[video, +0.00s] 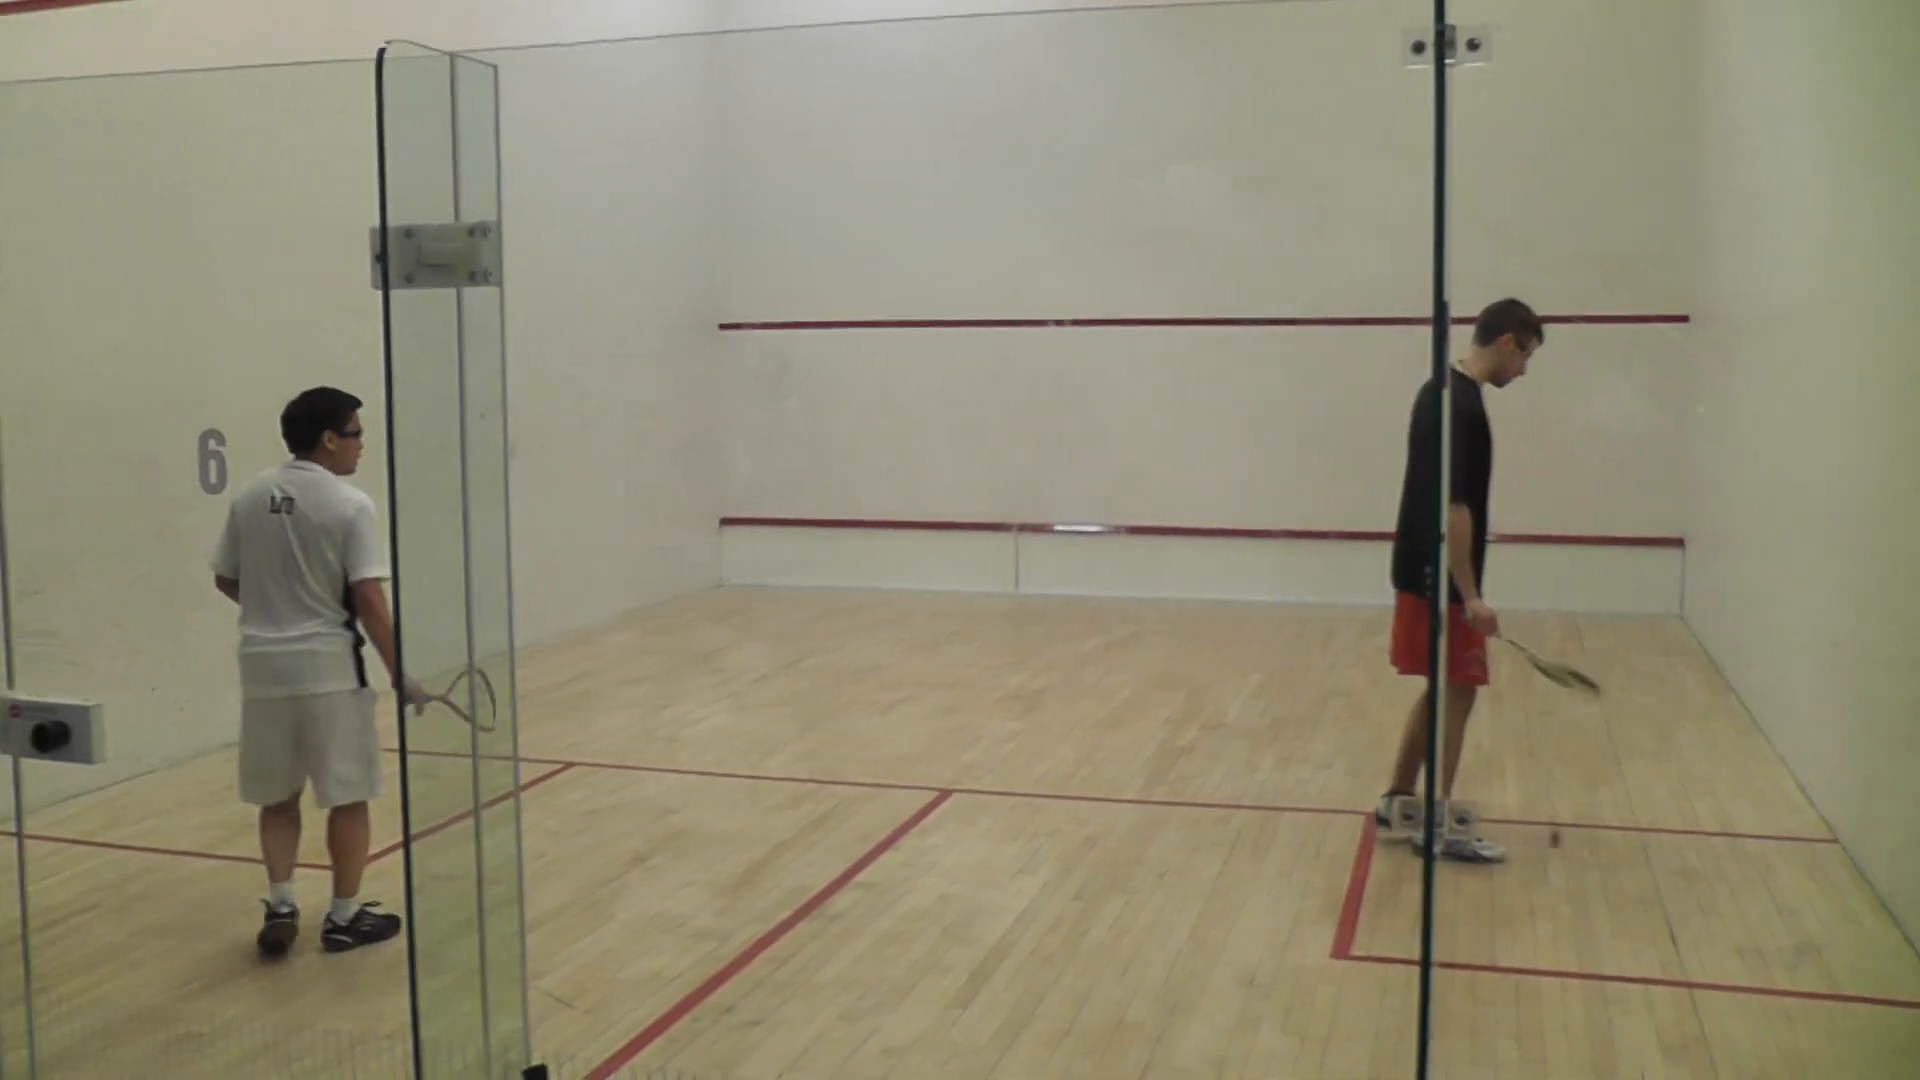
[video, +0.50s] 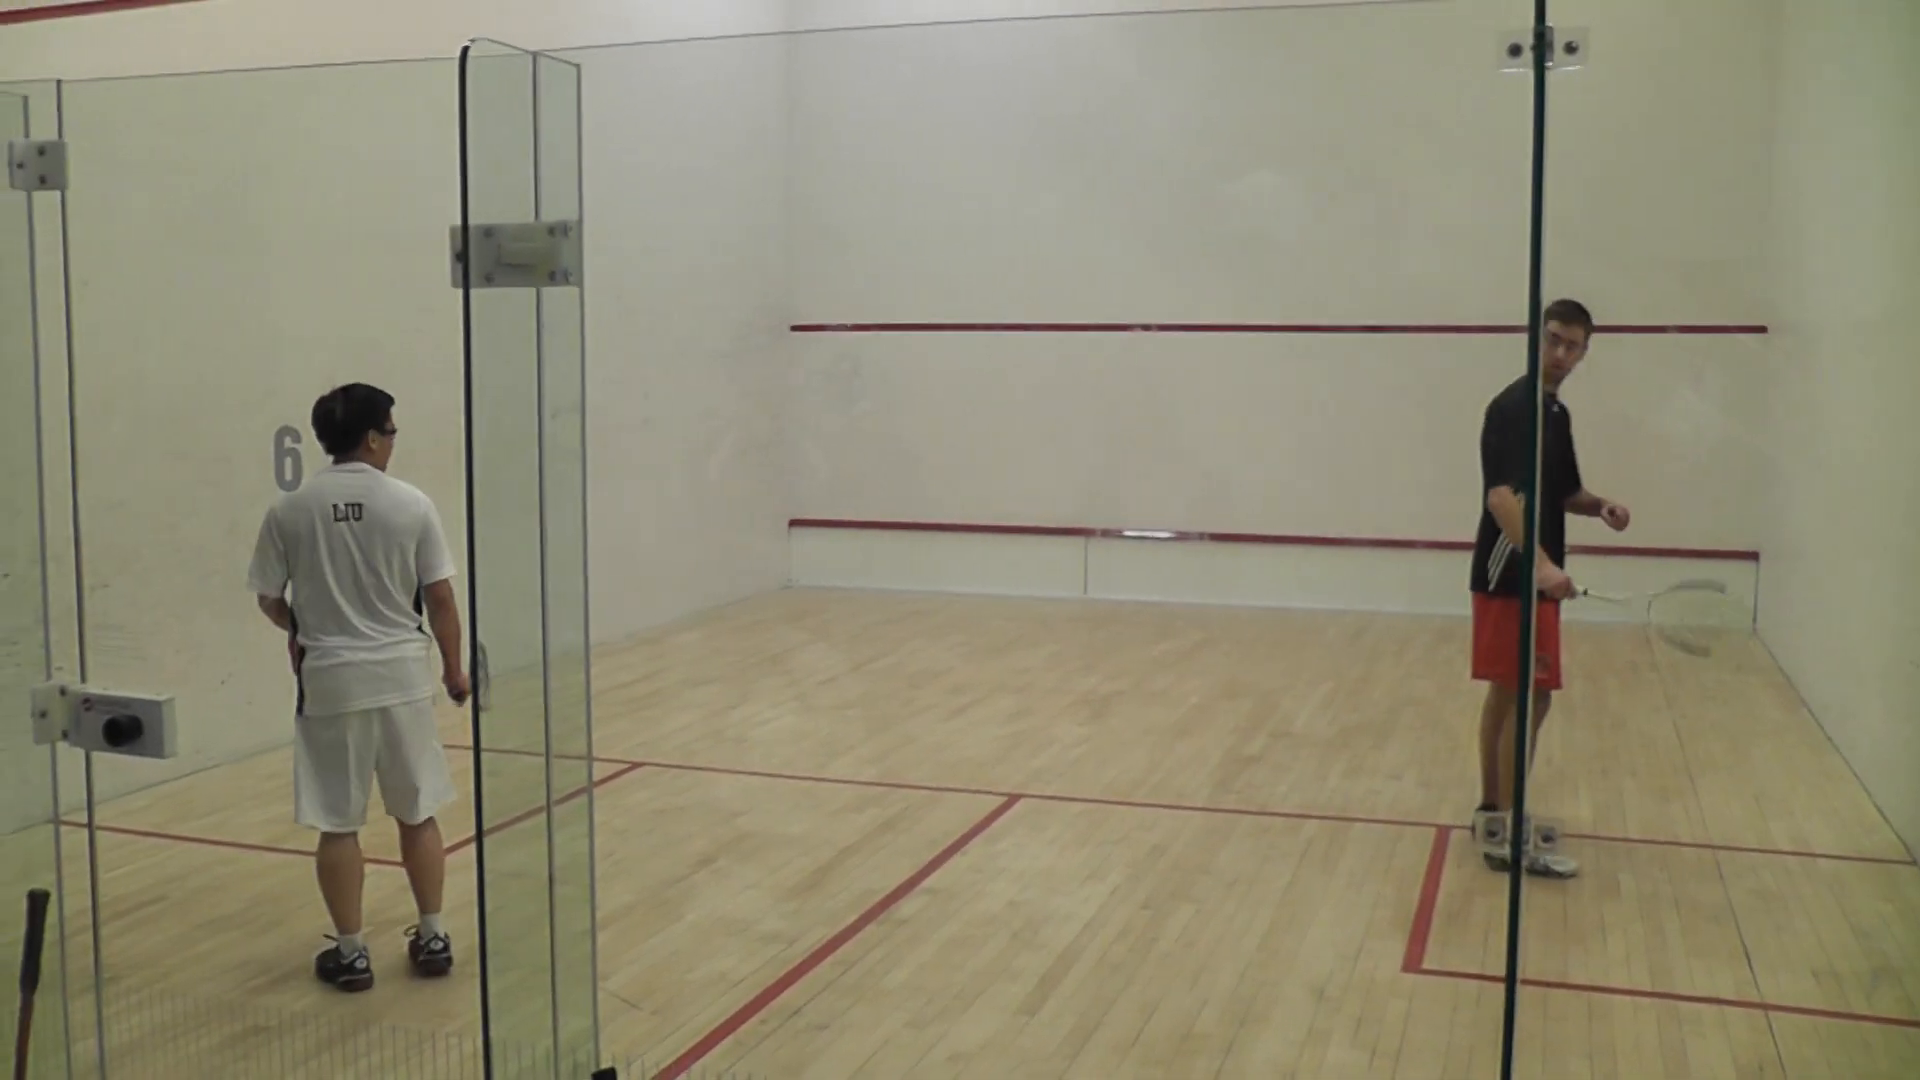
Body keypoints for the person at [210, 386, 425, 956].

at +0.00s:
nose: (361, 444)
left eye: (360, 433)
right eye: (355, 434)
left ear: (300, 440)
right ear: (325, 440)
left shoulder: (249, 495)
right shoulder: (350, 504)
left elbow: (226, 578)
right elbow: (366, 599)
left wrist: (278, 606)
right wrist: (401, 674)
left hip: (262, 674)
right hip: (331, 674)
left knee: (278, 794)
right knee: (350, 793)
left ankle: (280, 905)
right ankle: (345, 914)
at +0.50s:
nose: (393, 442)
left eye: (391, 431)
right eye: (389, 432)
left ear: (329, 439)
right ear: (371, 439)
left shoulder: (289, 508)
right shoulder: (410, 504)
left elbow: (269, 599)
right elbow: (440, 596)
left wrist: (305, 629)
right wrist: (455, 667)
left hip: (329, 691)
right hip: (403, 684)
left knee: (337, 822)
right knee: (416, 812)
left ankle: (350, 953)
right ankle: (432, 936)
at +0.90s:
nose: (450, 440)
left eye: (449, 431)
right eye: (447, 432)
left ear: (381, 438)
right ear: (432, 440)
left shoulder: (343, 499)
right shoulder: (466, 507)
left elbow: (311, 581)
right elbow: (490, 599)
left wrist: (328, 627)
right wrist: (495, 675)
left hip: (370, 694)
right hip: (447, 689)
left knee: (373, 824)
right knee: (452, 819)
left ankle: (380, 956)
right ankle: (460, 946)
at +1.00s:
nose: (462, 440)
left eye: (461, 430)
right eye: (459, 431)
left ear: (393, 438)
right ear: (445, 439)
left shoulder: (355, 498)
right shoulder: (477, 507)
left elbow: (324, 583)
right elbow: (498, 604)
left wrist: (342, 622)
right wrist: (504, 678)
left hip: (380, 692)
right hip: (456, 688)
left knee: (380, 823)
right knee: (460, 819)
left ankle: (386, 954)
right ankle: (465, 945)